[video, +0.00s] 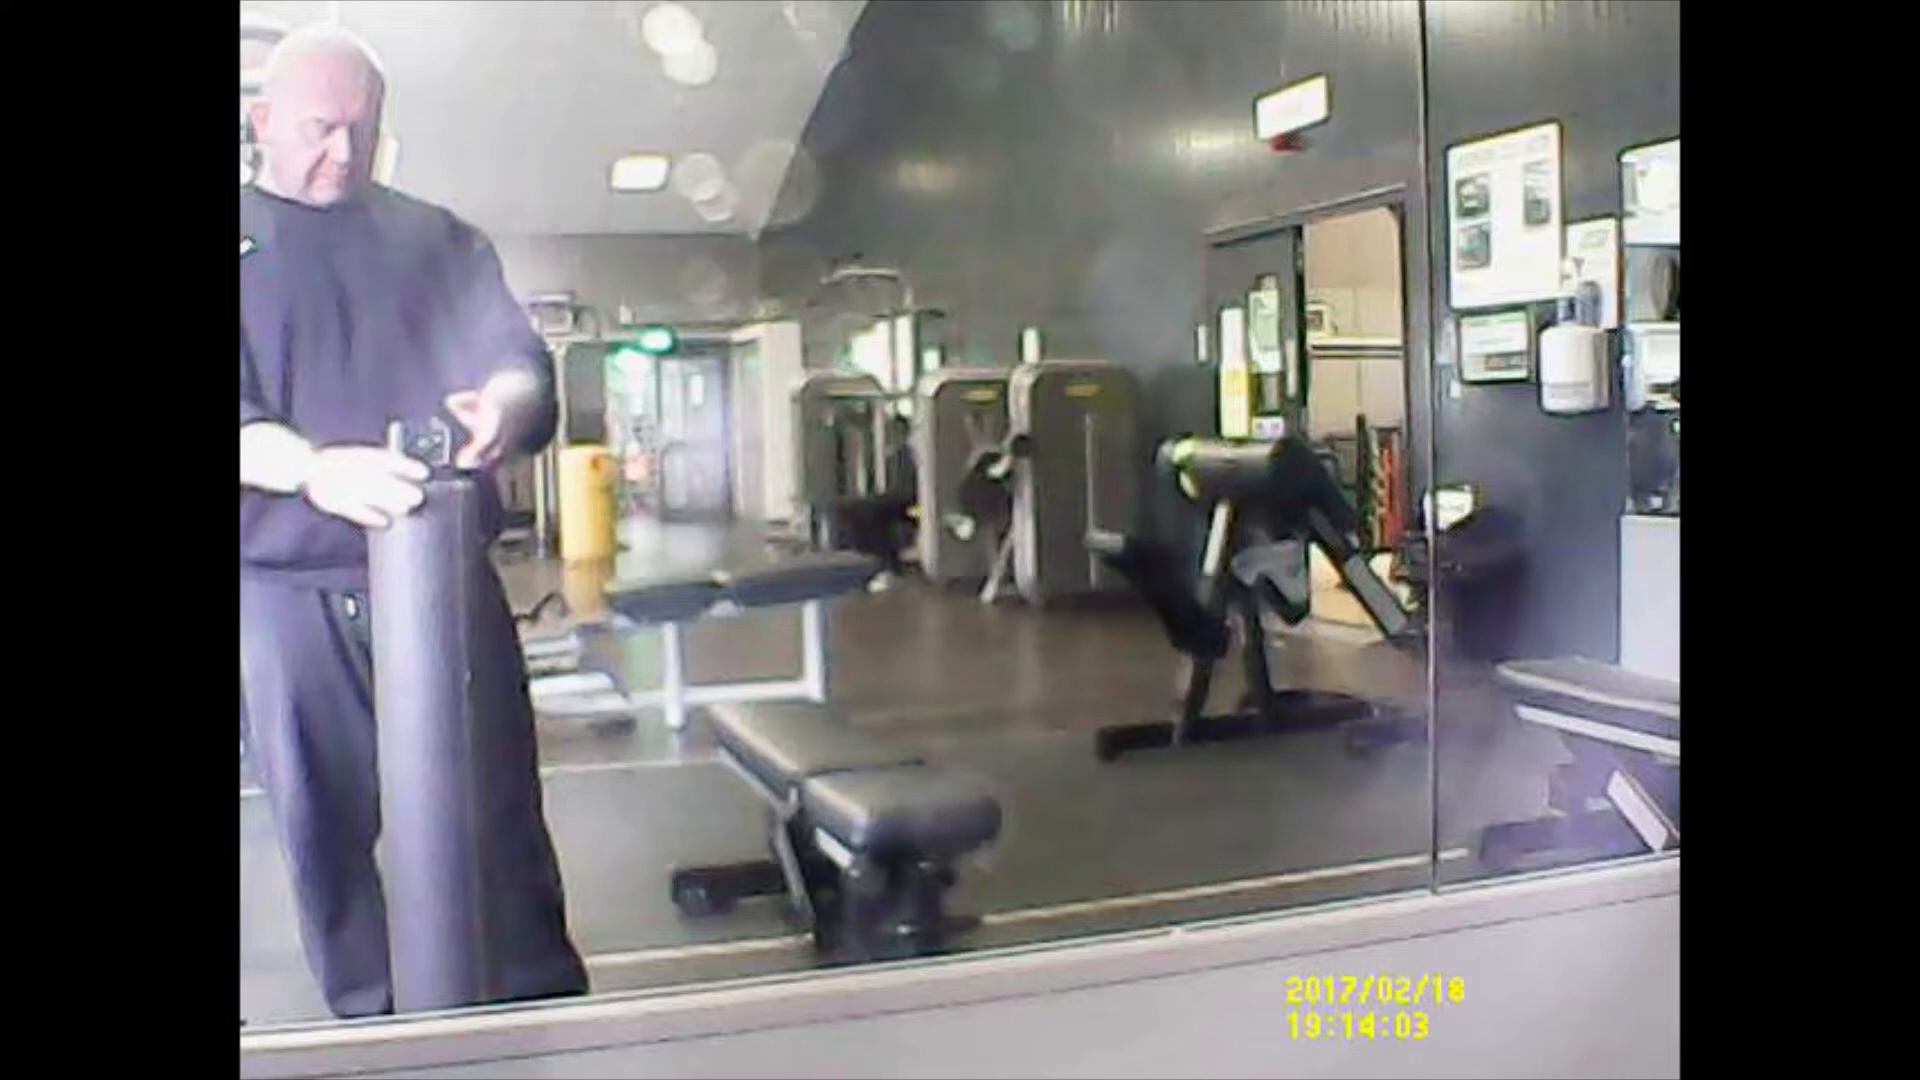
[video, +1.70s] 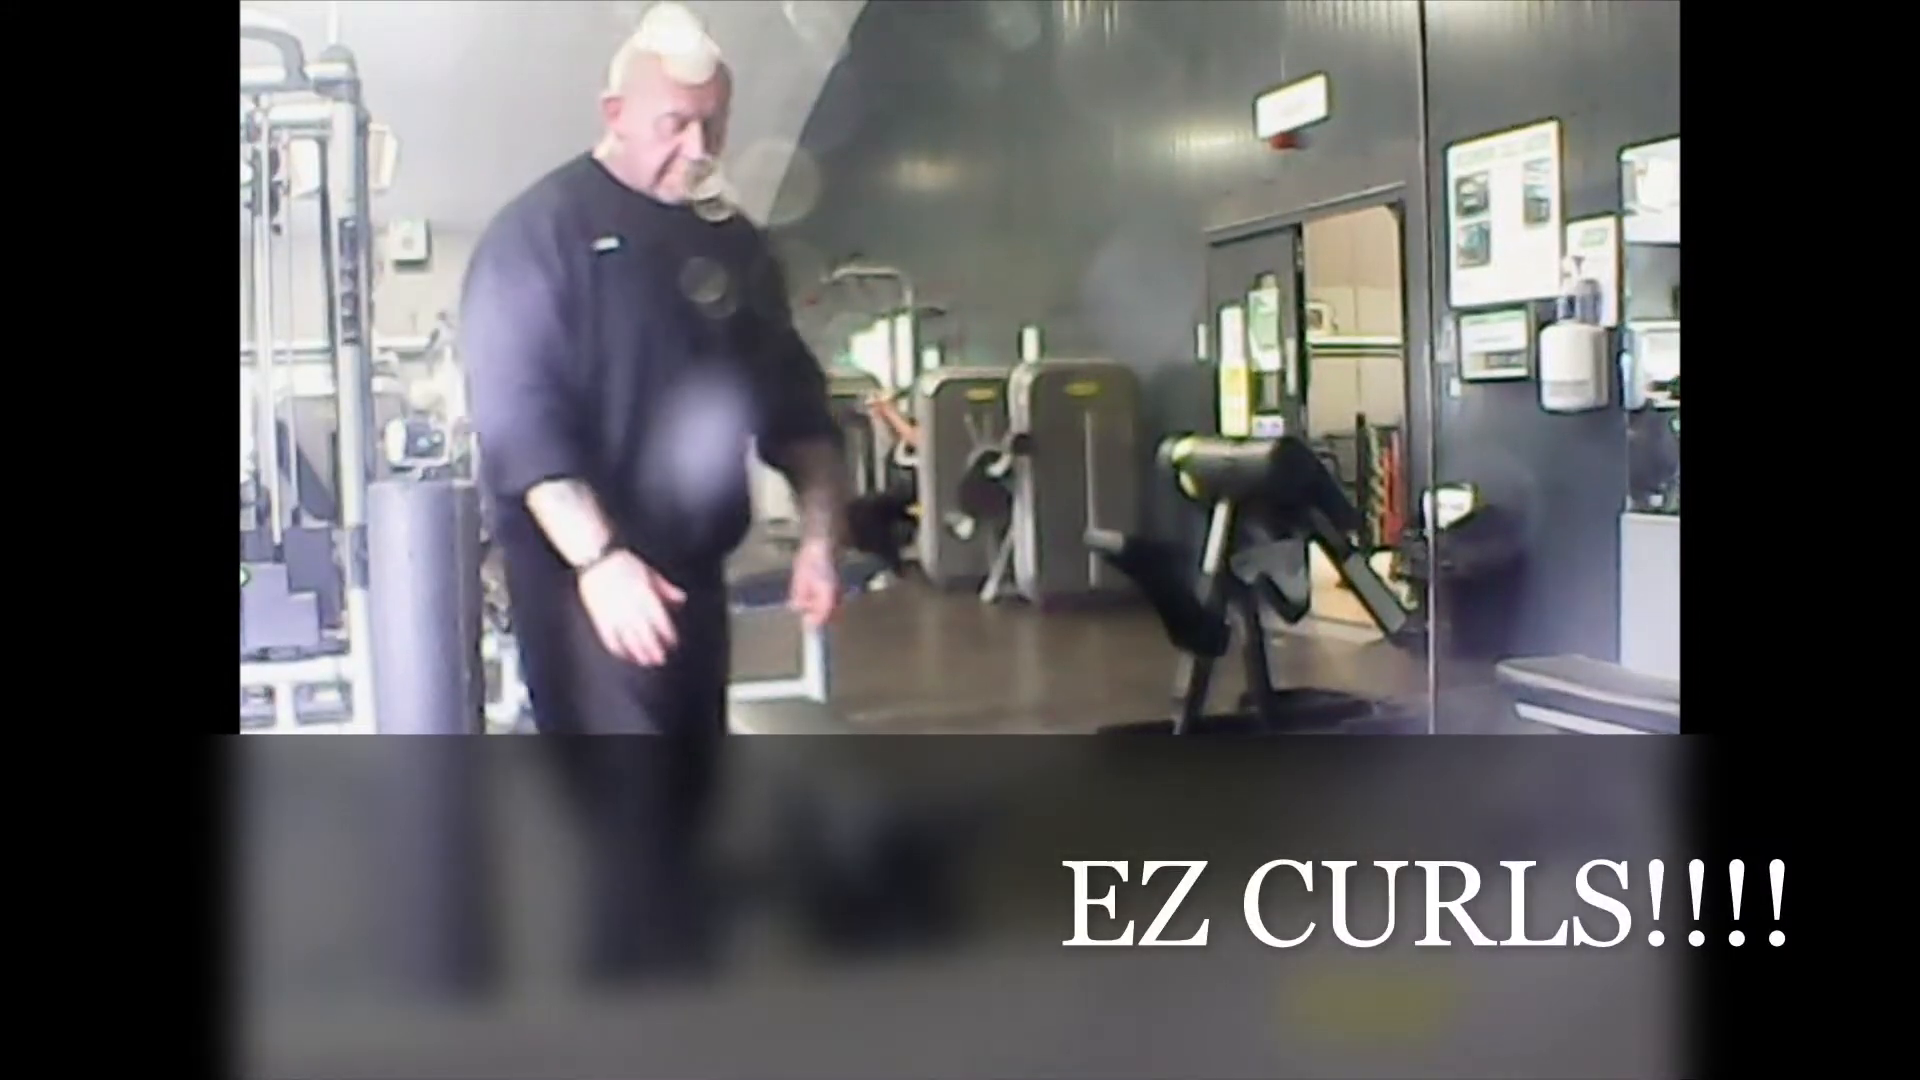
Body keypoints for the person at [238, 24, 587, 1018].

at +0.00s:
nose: (343, 153)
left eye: (361, 129)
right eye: (321, 128)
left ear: (381, 124)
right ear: (262, 121)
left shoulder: (441, 238)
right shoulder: (244, 247)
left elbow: (524, 366)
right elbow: (240, 425)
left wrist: (507, 411)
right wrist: (313, 467)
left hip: (451, 576)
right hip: (293, 591)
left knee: (500, 816)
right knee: (324, 837)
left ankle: (546, 1026)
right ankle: (372, 1035)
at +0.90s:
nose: (429, 140)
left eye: (444, 119)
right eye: (405, 118)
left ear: (460, 119)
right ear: (342, 113)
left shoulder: (508, 242)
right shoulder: (268, 247)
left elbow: (574, 400)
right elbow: (241, 438)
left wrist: (611, 537)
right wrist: (247, 589)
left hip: (501, 578)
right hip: (334, 582)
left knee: (564, 804)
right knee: (347, 824)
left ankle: (596, 1002)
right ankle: (363, 1024)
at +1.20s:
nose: (565, 144)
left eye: (578, 124)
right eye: (544, 120)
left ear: (590, 126)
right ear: (479, 111)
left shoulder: (612, 252)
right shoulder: (386, 238)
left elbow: (660, 408)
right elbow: (330, 423)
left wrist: (679, 535)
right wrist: (360, 584)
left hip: (583, 598)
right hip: (429, 598)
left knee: (615, 853)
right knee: (425, 863)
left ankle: (613, 1039)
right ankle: (431, 1052)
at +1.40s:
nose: (649, 144)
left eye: (662, 125)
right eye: (630, 120)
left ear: (672, 126)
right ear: (567, 110)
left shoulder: (677, 242)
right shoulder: (479, 225)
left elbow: (714, 393)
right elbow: (444, 403)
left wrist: (743, 525)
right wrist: (505, 544)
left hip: (641, 567)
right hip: (506, 560)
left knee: (647, 800)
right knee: (489, 802)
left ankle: (612, 1009)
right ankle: (470, 1010)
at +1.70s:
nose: (695, 148)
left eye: (711, 126)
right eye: (673, 122)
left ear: (726, 124)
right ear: (611, 112)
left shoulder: (733, 244)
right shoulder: (536, 232)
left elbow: (793, 400)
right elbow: (517, 416)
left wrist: (822, 529)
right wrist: (597, 562)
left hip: (691, 570)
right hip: (575, 569)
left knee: (684, 805)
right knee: (635, 810)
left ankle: (655, 1014)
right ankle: (637, 1021)